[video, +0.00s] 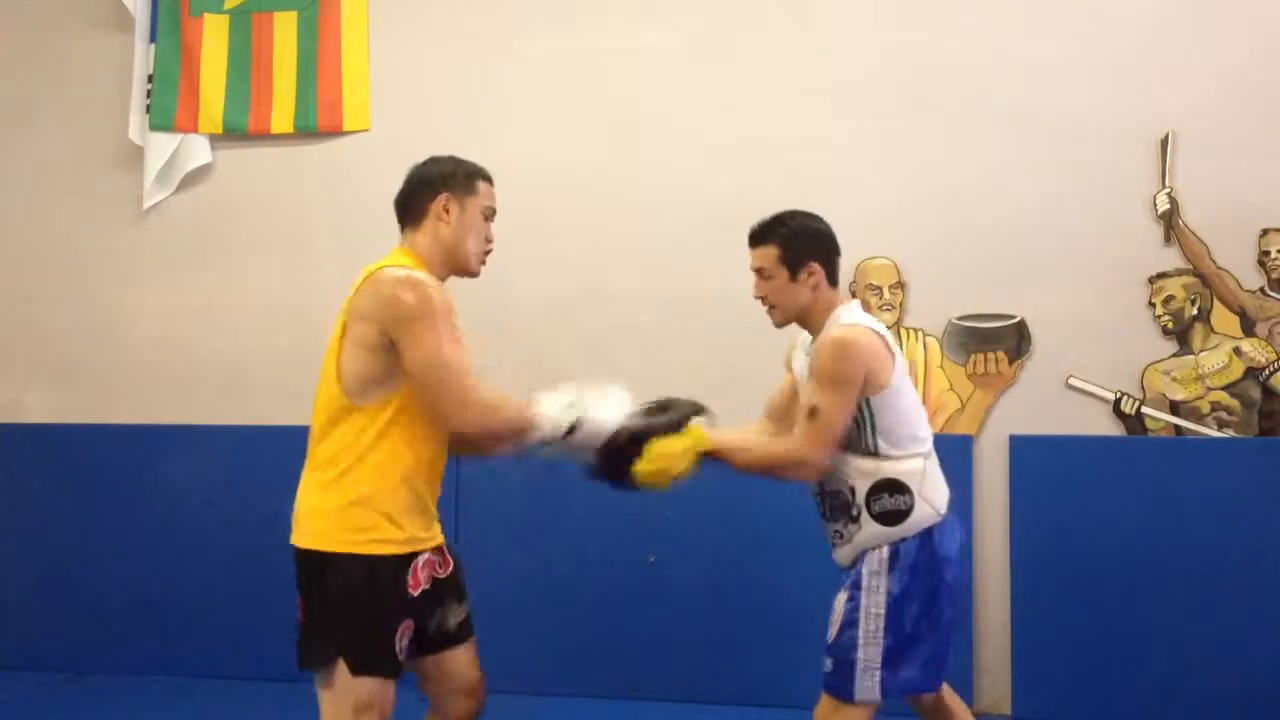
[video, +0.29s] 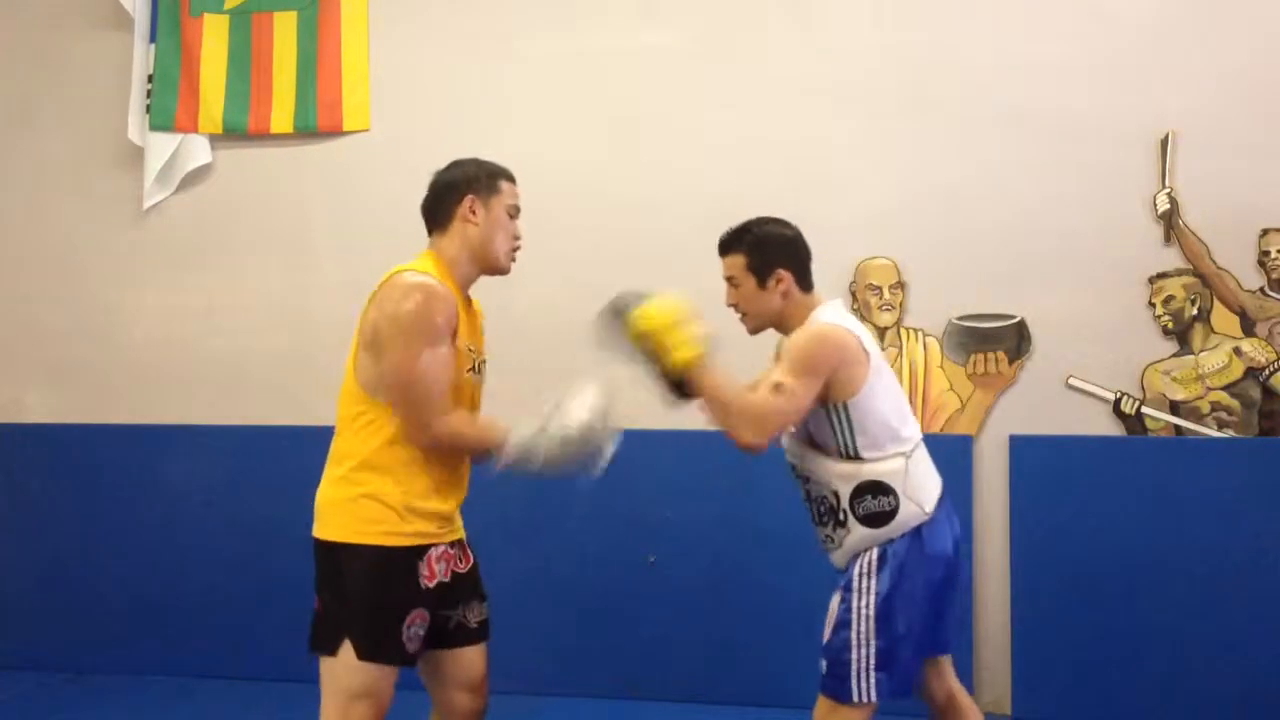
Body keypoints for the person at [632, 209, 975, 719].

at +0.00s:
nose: (756, 291)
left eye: (765, 275)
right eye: (755, 276)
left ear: (812, 277)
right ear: (809, 279)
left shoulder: (845, 343)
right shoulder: (809, 347)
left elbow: (808, 459)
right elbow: (773, 433)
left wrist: (708, 446)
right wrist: (698, 439)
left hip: (896, 543)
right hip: (897, 539)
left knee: (842, 708)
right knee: (925, 688)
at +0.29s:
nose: (728, 299)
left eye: (735, 284)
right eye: (727, 285)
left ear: (780, 283)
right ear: (779, 285)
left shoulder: (820, 339)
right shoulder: (805, 336)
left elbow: (754, 430)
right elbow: (753, 424)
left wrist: (694, 368)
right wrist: (695, 378)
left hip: (892, 544)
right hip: (915, 531)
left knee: (840, 708)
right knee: (940, 687)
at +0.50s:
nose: (755, 291)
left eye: (763, 277)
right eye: (755, 277)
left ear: (808, 280)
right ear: (810, 281)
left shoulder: (835, 337)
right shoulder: (854, 326)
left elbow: (773, 424)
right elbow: (781, 404)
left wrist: (696, 377)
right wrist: (714, 372)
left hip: (903, 543)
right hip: (934, 531)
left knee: (850, 702)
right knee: (956, 687)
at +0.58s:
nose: (774, 287)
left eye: (783, 272)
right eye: (775, 272)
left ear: (827, 275)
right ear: (831, 276)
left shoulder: (849, 334)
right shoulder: (877, 322)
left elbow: (830, 433)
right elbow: (846, 413)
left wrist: (747, 412)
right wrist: (775, 396)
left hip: (909, 540)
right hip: (948, 529)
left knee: (861, 706)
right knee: (963, 686)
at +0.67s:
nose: (796, 289)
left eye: (805, 274)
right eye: (797, 274)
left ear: (849, 278)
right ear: (852, 279)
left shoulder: (869, 343)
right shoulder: (899, 330)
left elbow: (877, 445)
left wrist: (787, 455)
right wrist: (802, 444)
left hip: (921, 542)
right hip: (958, 531)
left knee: (859, 707)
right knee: (968, 692)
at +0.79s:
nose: (824, 302)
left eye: (835, 287)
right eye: (825, 287)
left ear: (879, 291)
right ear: (877, 294)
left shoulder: (902, 355)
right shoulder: (919, 347)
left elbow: (923, 459)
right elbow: (917, 458)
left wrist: (834, 477)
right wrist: (847, 473)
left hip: (941, 556)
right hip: (974, 551)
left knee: (853, 707)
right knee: (971, 701)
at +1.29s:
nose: (783, 287)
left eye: (794, 272)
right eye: (786, 272)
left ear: (840, 279)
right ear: (843, 280)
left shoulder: (853, 347)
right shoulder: (903, 337)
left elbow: (878, 433)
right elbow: (929, 448)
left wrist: (806, 493)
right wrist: (832, 507)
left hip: (905, 551)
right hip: (961, 537)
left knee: (845, 708)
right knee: (970, 692)